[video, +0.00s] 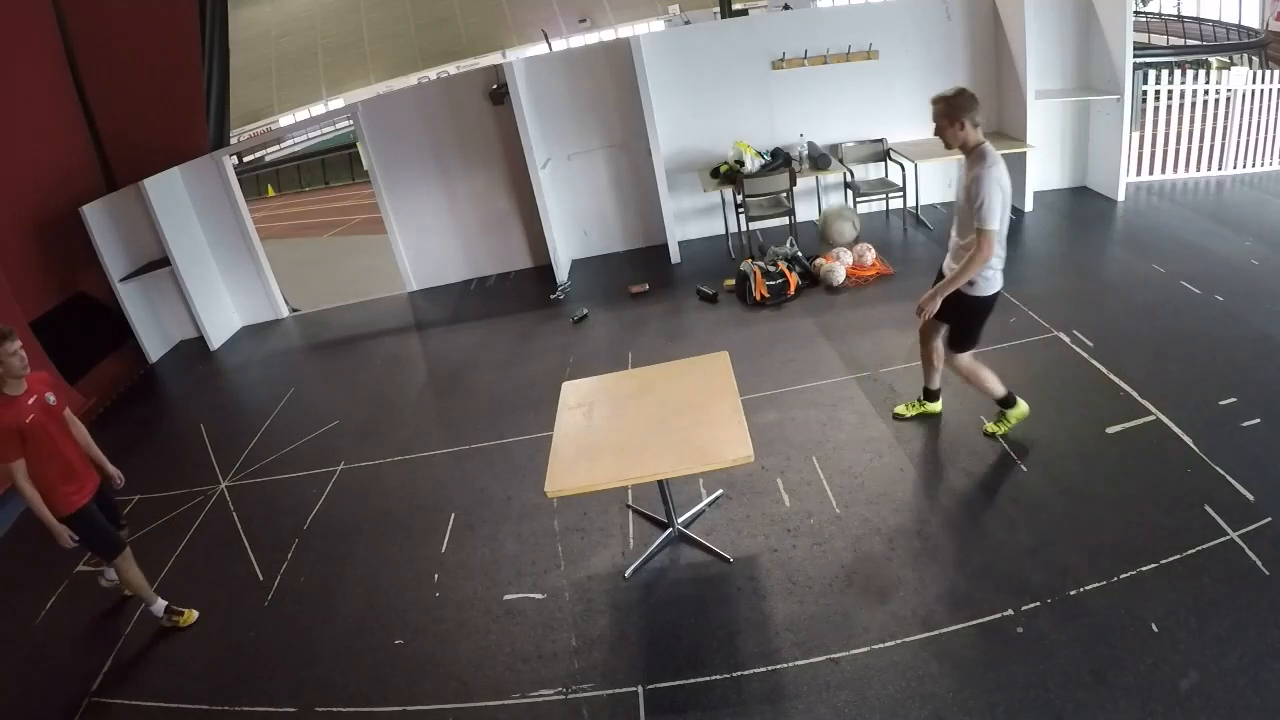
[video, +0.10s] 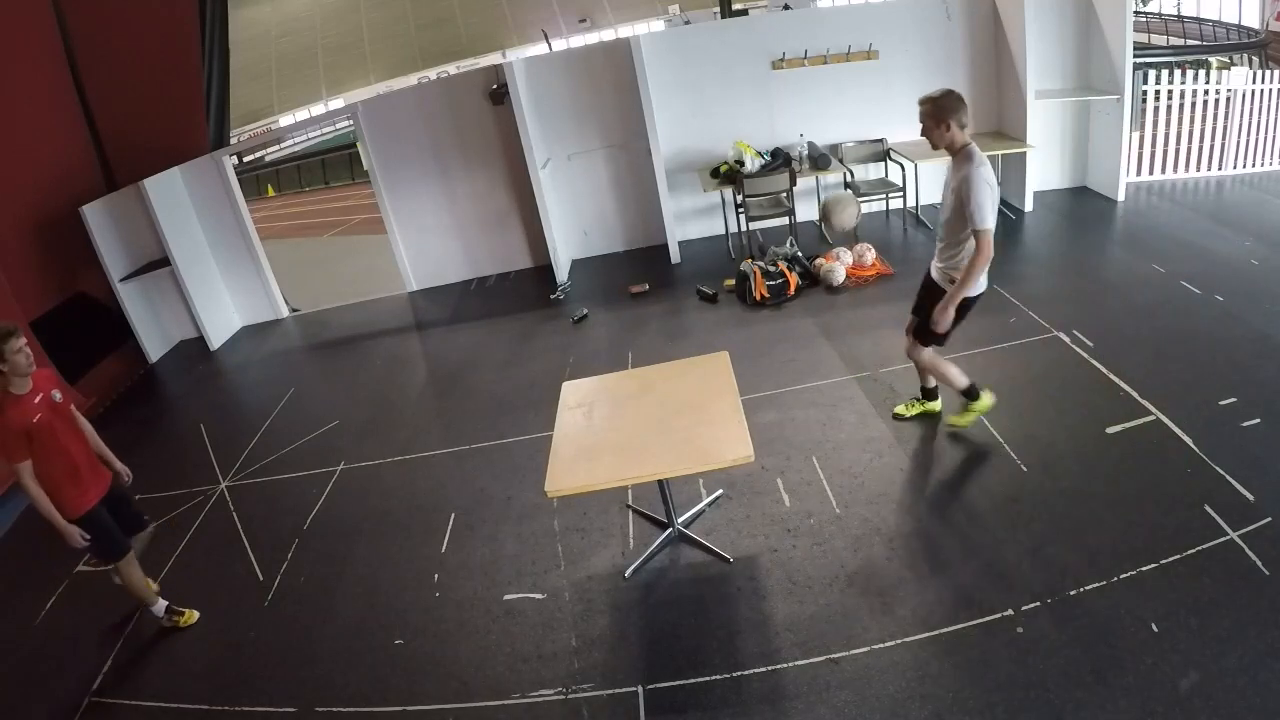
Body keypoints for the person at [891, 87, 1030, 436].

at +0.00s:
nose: (936, 133)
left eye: (939, 126)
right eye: (936, 125)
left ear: (961, 125)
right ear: (965, 124)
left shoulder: (988, 175)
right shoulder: (975, 159)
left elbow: (985, 249)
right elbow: (970, 227)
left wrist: (939, 292)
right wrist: (953, 264)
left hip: (977, 285)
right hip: (954, 270)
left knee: (957, 357)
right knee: (928, 332)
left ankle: (1011, 405)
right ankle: (931, 399)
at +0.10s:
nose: (922, 134)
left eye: (926, 127)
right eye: (922, 127)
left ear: (948, 126)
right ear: (950, 126)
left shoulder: (975, 176)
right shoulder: (961, 161)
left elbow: (985, 252)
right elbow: (960, 226)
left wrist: (950, 303)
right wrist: (939, 266)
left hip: (956, 284)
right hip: (941, 272)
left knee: (916, 349)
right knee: (914, 331)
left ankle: (975, 396)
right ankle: (929, 398)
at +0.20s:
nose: (916, 135)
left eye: (919, 128)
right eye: (915, 128)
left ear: (941, 126)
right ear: (944, 126)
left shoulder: (971, 173)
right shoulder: (956, 160)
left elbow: (987, 248)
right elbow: (953, 224)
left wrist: (962, 305)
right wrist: (930, 261)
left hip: (944, 281)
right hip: (925, 266)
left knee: (908, 347)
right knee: (885, 322)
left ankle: (932, 412)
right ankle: (916, 390)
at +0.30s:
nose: (912, 144)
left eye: (915, 136)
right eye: (912, 137)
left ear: (937, 136)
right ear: (940, 135)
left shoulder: (965, 183)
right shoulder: (948, 169)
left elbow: (972, 258)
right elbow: (942, 232)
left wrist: (949, 319)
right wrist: (919, 266)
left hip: (930, 290)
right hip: (912, 266)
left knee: (896, 353)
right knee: (851, 293)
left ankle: (930, 413)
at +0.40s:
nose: (905, 143)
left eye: (909, 136)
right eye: (905, 136)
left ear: (930, 136)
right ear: (933, 135)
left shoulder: (953, 184)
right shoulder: (941, 170)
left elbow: (944, 253)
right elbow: (930, 236)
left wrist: (911, 314)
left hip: (927, 288)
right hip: (908, 264)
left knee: (895, 356)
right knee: (842, 266)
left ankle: (930, 413)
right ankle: (867, 331)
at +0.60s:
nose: (894, 128)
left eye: (897, 121)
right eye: (893, 121)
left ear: (919, 120)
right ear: (920, 120)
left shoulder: (936, 168)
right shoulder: (927, 159)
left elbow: (918, 241)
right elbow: (912, 229)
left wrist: (872, 287)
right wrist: (883, 251)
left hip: (922, 277)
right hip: (906, 268)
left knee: (898, 349)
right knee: (858, 320)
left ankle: (931, 411)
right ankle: (894, 381)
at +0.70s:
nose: (883, 132)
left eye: (887, 125)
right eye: (882, 125)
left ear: (911, 124)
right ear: (911, 125)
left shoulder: (931, 173)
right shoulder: (917, 162)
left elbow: (924, 247)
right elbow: (897, 210)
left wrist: (882, 299)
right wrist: (865, 229)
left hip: (917, 283)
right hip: (904, 275)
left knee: (861, 342)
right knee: (887, 338)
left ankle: (912, 394)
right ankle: (908, 398)